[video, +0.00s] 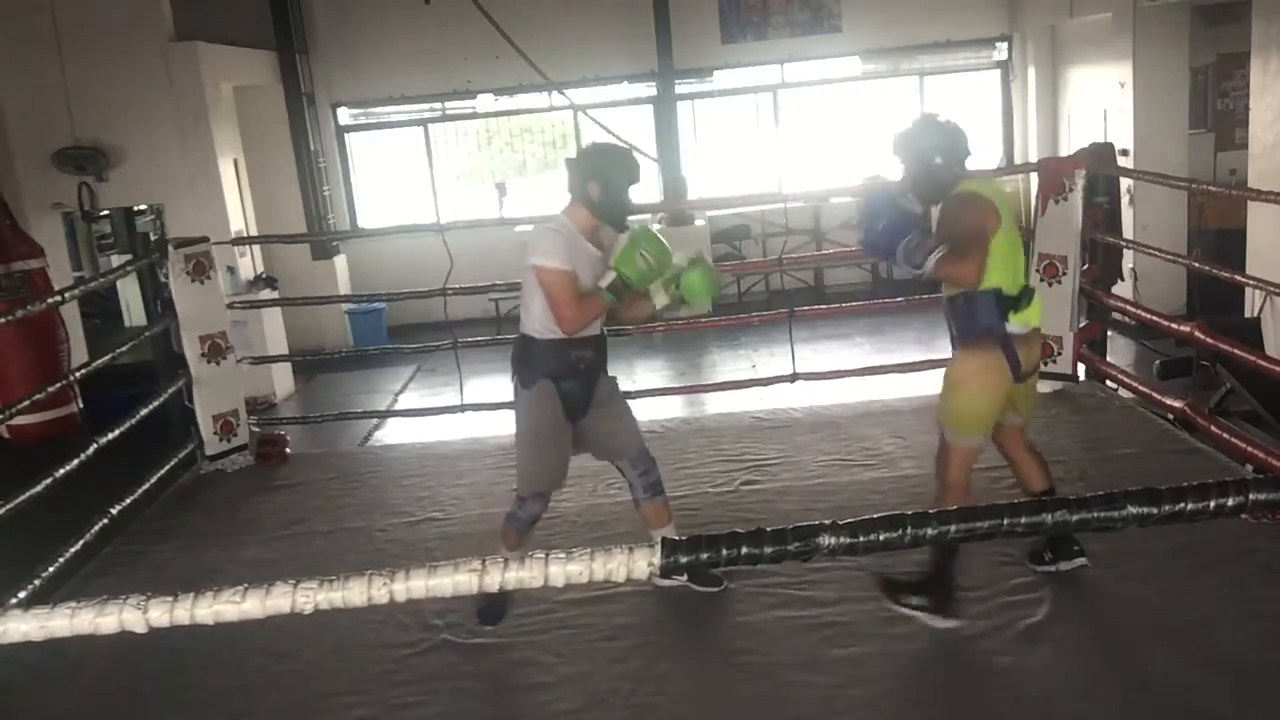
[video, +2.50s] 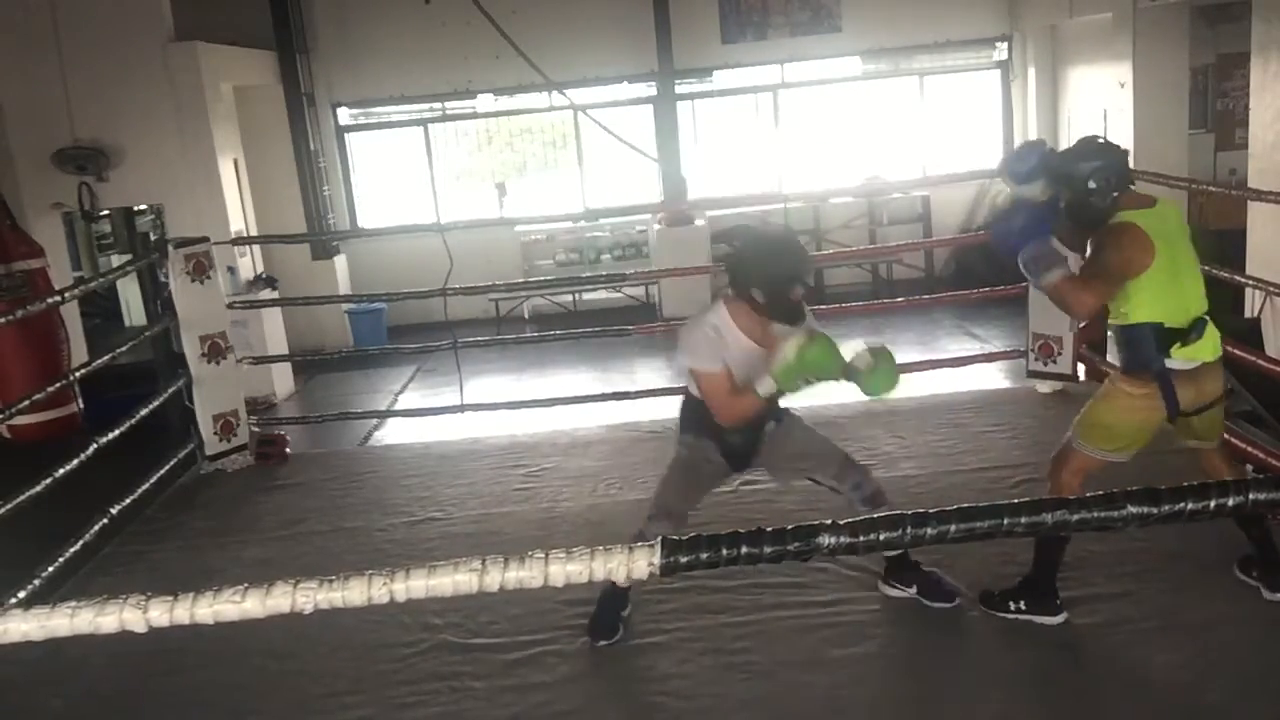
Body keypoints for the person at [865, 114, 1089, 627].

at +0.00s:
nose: (906, 177)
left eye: (908, 164)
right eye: (903, 166)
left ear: (932, 161)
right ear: (955, 156)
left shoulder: (962, 204)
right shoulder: (994, 194)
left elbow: (967, 269)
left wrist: (914, 252)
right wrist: (917, 243)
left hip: (982, 355)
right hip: (1023, 345)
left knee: (953, 468)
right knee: (1012, 439)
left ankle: (939, 583)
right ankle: (1060, 536)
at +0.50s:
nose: (924, 216)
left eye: (927, 206)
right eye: (922, 207)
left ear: (948, 205)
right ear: (977, 193)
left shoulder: (991, 243)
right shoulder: (1006, 229)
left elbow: (989, 326)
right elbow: (964, 274)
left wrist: (931, 296)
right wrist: (922, 256)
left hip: (1011, 383)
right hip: (1059, 372)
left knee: (948, 479)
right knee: (1080, 462)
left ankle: (916, 592)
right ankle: (1155, 558)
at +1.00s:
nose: (975, 191)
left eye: (974, 182)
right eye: (973, 182)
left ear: (988, 183)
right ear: (1024, 171)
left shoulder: (1016, 227)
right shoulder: (1062, 211)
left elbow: (954, 270)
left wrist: (936, 206)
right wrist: (959, 213)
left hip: (1044, 373)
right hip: (1099, 362)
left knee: (986, 480)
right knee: (1107, 459)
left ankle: (964, 596)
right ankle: (1165, 566)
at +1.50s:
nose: (988, 202)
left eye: (989, 191)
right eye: (985, 192)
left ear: (1008, 190)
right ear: (1039, 179)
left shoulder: (1040, 232)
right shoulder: (1080, 216)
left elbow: (1024, 298)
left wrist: (973, 260)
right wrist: (986, 241)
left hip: (1064, 374)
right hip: (1114, 361)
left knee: (996, 478)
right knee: (1131, 448)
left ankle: (965, 595)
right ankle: (1194, 541)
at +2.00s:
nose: (1050, 187)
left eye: (1050, 178)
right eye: (1046, 177)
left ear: (1066, 177)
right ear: (1100, 164)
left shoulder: (1098, 216)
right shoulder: (1135, 200)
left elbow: (1047, 267)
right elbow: (1068, 258)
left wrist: (1015, 205)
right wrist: (1037, 207)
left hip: (1121, 366)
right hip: (1173, 354)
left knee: (1062, 468)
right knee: (1170, 446)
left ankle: (1042, 588)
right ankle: (1208, 553)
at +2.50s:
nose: (1067, 205)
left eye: (1069, 196)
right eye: (1065, 196)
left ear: (1088, 193)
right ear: (1119, 180)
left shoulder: (1121, 237)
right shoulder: (1166, 210)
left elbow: (1081, 303)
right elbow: (1083, 244)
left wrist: (1032, 247)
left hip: (1145, 385)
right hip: (1205, 373)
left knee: (1066, 471)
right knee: (1214, 458)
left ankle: (1040, 588)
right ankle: (1268, 560)